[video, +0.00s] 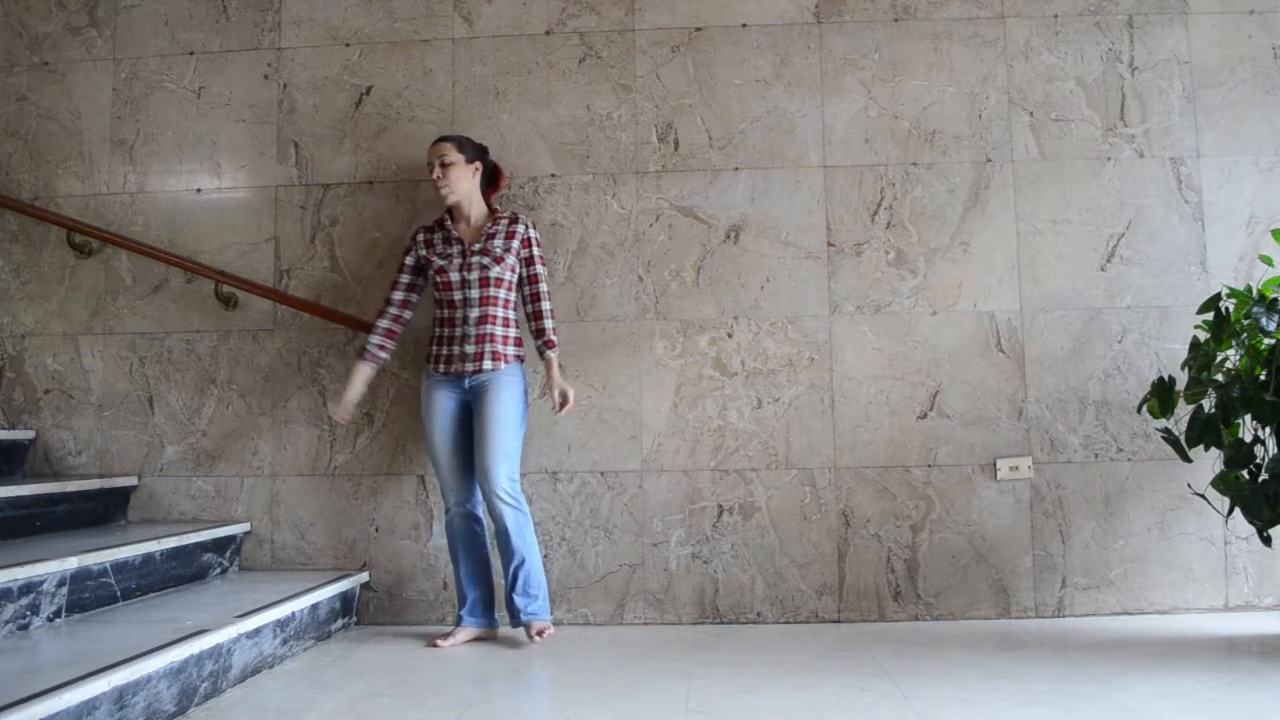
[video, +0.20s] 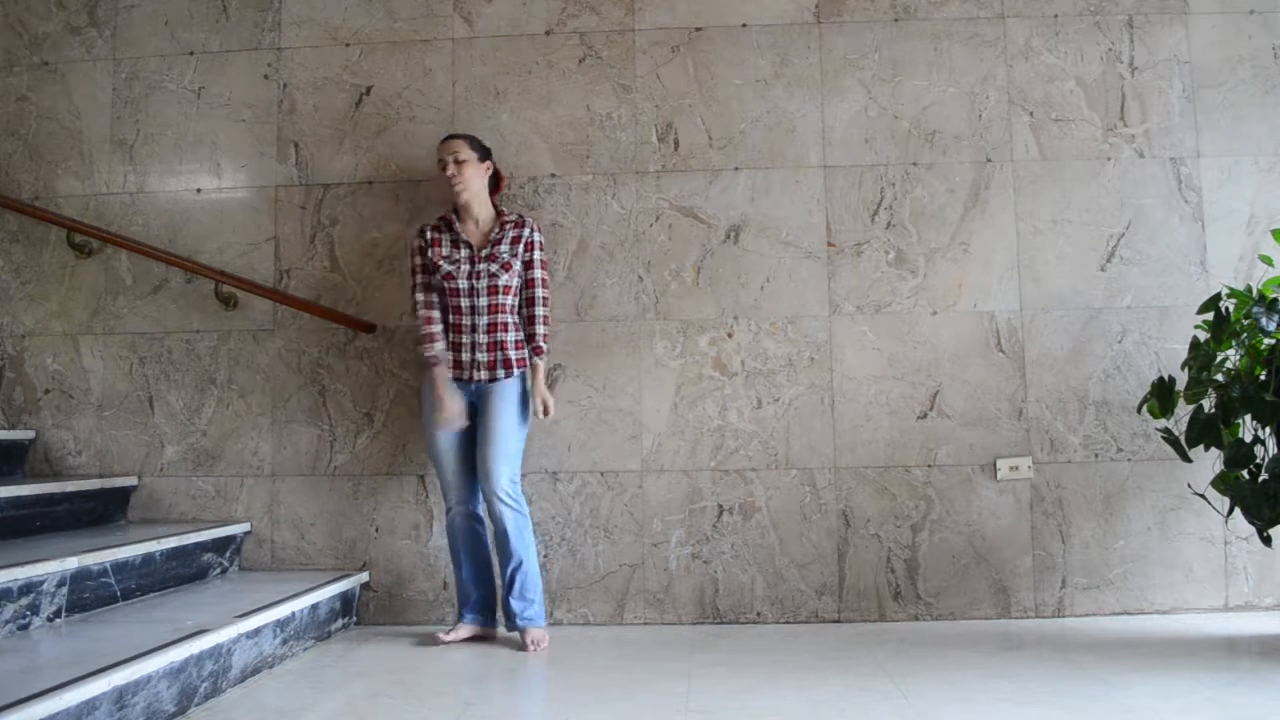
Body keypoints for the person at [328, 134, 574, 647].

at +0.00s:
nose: (435, 175)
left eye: (444, 165)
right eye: (432, 168)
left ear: (475, 169)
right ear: (433, 177)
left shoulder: (517, 232)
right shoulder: (427, 239)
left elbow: (538, 302)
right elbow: (395, 312)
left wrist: (553, 368)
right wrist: (355, 383)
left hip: (499, 372)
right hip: (442, 376)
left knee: (499, 487)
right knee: (457, 499)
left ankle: (533, 610)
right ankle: (475, 617)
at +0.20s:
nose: (450, 170)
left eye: (460, 161)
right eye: (444, 165)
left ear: (489, 170)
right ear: (440, 178)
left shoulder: (523, 232)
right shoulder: (429, 237)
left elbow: (536, 305)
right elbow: (427, 312)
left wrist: (539, 376)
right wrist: (442, 382)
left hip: (505, 376)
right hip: (448, 378)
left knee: (499, 486)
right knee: (459, 499)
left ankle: (529, 616)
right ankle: (476, 615)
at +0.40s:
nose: (476, 157)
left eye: (483, 150)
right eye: (464, 151)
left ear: (494, 165)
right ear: (445, 167)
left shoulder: (517, 223)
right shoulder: (425, 224)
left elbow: (532, 296)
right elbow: (431, 298)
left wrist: (518, 358)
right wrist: (491, 332)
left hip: (511, 370)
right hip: (452, 373)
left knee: (508, 487)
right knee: (468, 498)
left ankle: (531, 615)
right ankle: (483, 617)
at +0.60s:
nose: (489, 161)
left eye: (492, 153)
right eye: (476, 153)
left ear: (496, 165)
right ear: (447, 165)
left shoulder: (514, 222)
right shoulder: (426, 223)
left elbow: (526, 292)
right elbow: (437, 292)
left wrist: (502, 342)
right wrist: (497, 327)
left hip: (513, 365)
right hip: (454, 369)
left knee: (519, 485)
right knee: (471, 496)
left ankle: (533, 614)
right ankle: (480, 619)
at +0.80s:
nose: (496, 169)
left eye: (498, 161)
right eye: (483, 161)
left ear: (499, 174)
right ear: (452, 173)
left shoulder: (517, 235)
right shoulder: (429, 236)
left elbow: (532, 307)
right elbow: (435, 316)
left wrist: (528, 371)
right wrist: (466, 383)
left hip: (516, 381)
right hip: (457, 382)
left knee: (519, 498)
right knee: (476, 502)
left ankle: (526, 616)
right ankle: (483, 620)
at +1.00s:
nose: (507, 155)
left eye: (508, 148)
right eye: (496, 147)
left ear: (502, 160)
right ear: (461, 156)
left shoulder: (522, 221)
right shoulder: (432, 219)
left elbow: (547, 294)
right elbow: (403, 297)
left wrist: (580, 361)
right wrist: (373, 373)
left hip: (517, 369)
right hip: (455, 372)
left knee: (515, 479)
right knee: (472, 496)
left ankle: (535, 603)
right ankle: (483, 621)